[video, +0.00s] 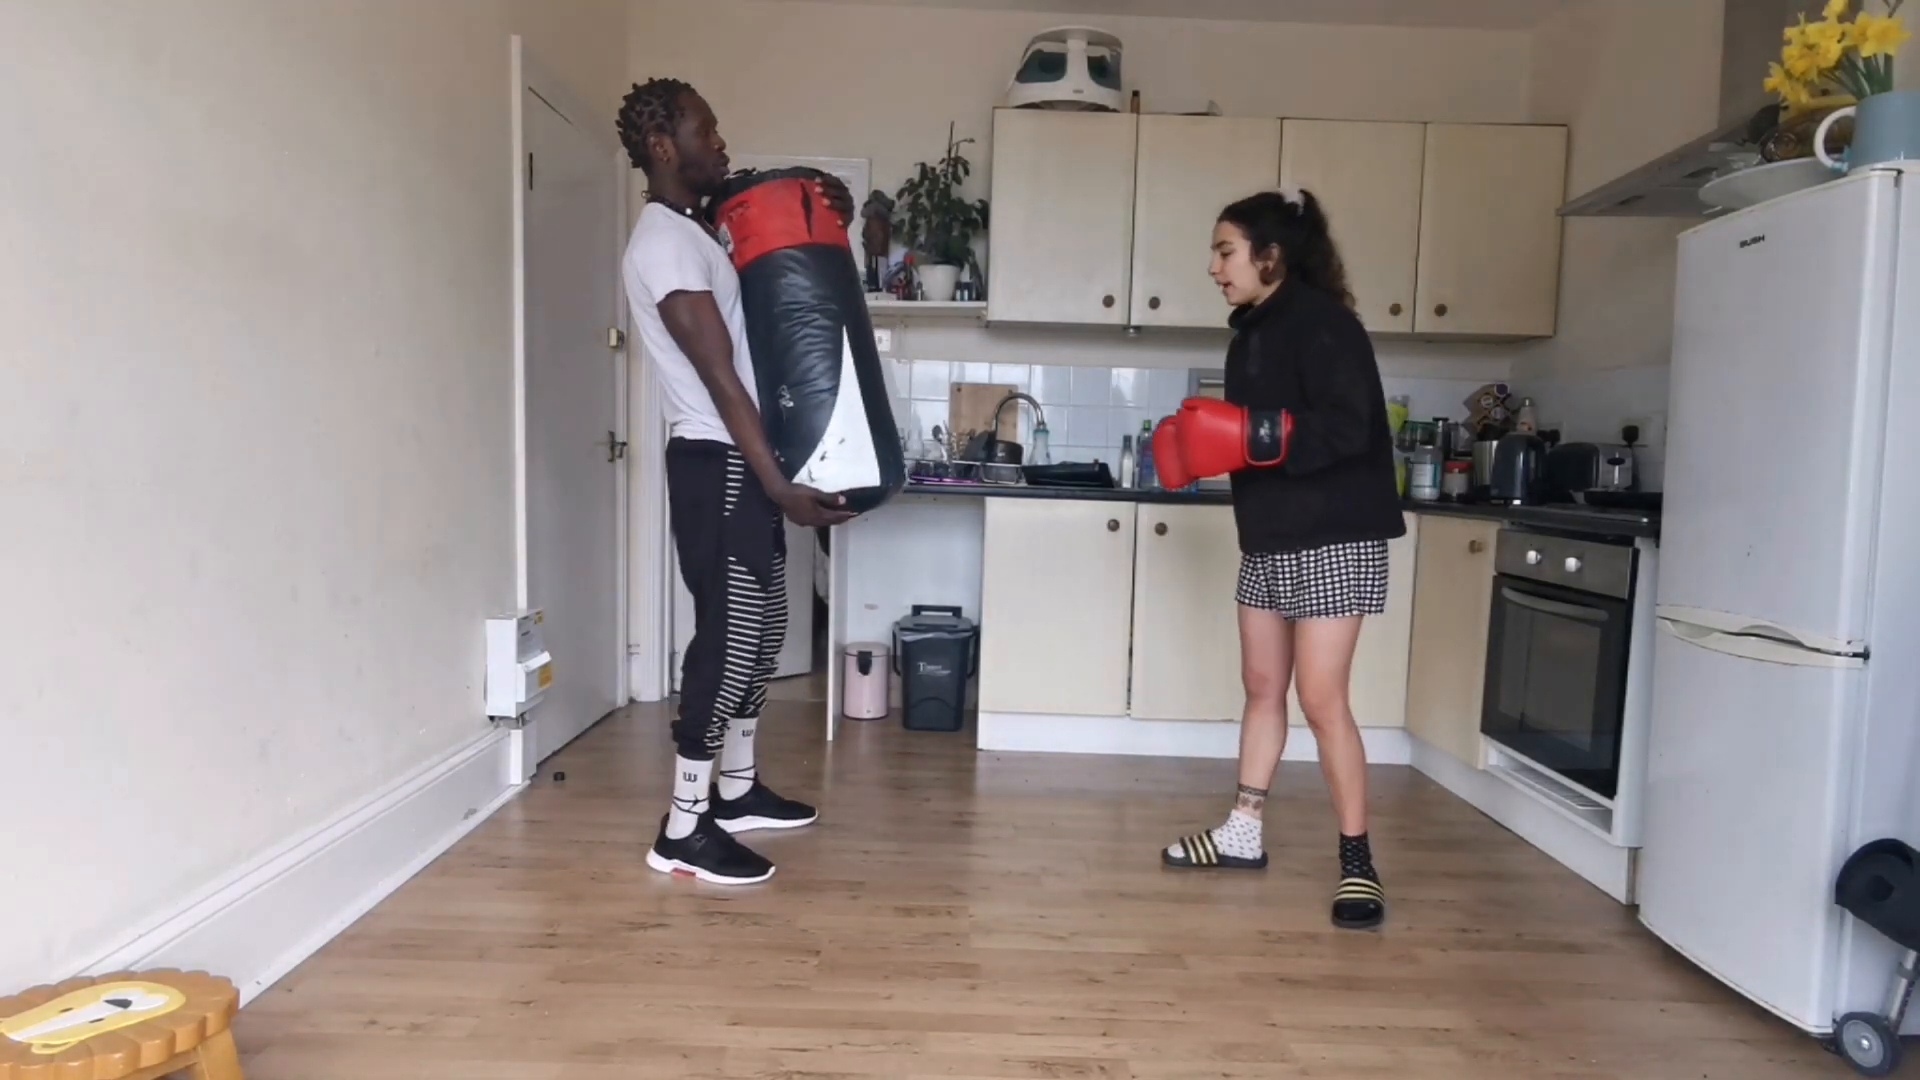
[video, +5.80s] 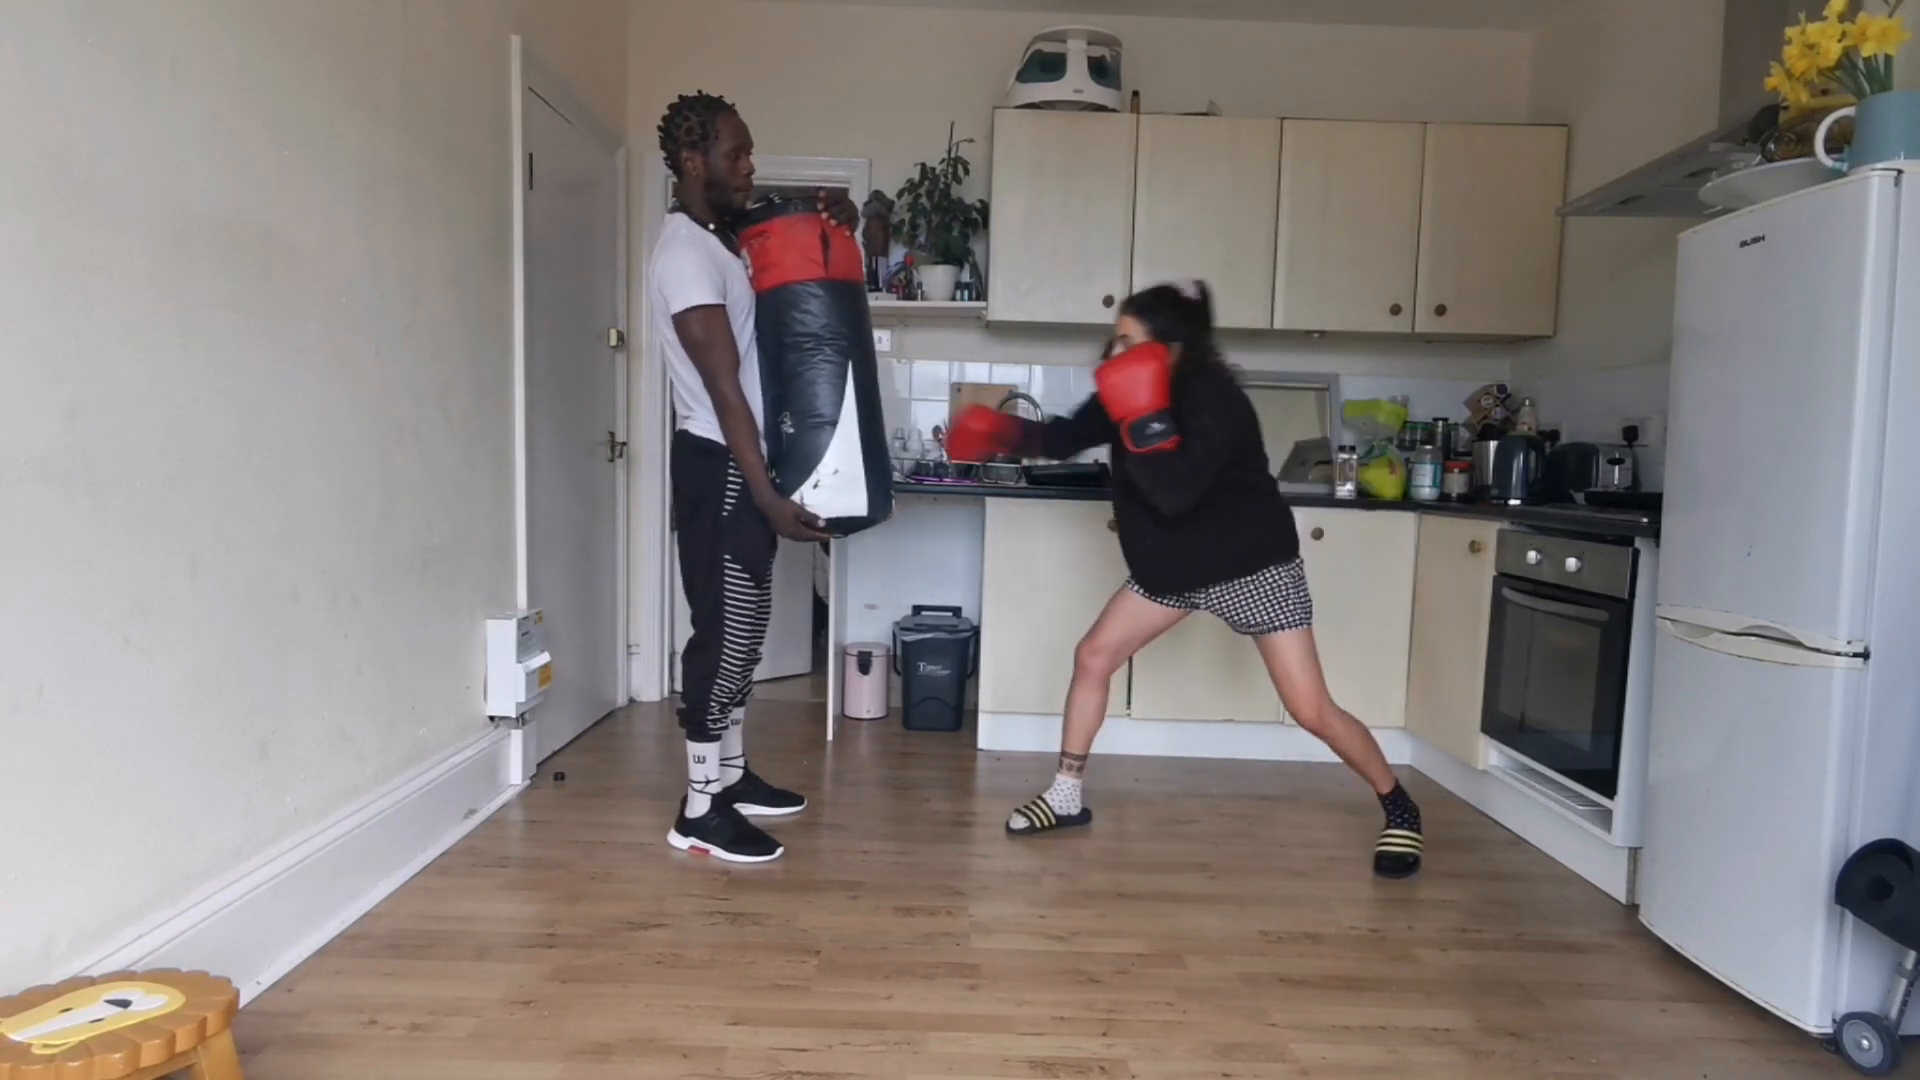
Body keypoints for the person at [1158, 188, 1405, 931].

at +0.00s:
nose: (1215, 267)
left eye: (1225, 253)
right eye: (1214, 253)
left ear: (1272, 255)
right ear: (1251, 257)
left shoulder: (1326, 322)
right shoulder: (1248, 337)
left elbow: (1354, 430)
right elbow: (1257, 436)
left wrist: (1256, 431)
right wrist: (1198, 448)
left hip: (1340, 532)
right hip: (1270, 533)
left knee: (1321, 698)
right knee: (1263, 686)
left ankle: (1356, 859)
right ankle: (1243, 830)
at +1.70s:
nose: (1181, 264)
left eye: (1192, 251)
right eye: (1181, 252)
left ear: (1234, 257)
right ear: (1213, 258)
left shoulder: (1278, 321)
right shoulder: (1202, 331)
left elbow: (1245, 416)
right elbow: (1180, 434)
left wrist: (1190, 353)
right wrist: (1143, 379)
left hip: (1283, 523)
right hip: (1210, 521)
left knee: (1282, 688)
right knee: (1198, 675)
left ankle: (1293, 835)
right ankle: (1178, 818)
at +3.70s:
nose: (1245, 259)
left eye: (1258, 245)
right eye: (1243, 246)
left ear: (1297, 254)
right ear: (1250, 260)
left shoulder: (1328, 317)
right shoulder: (1239, 316)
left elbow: (1253, 380)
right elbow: (1177, 389)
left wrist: (1247, 303)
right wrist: (1192, 302)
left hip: (1293, 517)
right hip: (1216, 513)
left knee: (1297, 686)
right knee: (1185, 677)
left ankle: (1308, 834)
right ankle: (1148, 809)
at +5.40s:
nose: (1215, 307)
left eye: (1225, 292)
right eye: (1212, 295)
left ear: (1270, 292)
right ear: (1238, 299)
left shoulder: (1319, 347)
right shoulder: (1247, 361)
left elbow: (1271, 435)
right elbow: (1209, 451)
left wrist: (1240, 358)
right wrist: (1170, 398)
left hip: (1325, 548)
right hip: (1248, 543)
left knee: (1343, 709)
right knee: (1156, 654)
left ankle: (1379, 841)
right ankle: (1127, 784)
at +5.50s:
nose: (1148, 307)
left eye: (1159, 292)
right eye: (1146, 295)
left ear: (1200, 288)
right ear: (1158, 299)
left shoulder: (1260, 345)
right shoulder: (1162, 361)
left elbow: (1237, 429)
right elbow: (1130, 434)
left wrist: (1195, 354)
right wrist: (1090, 403)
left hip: (1297, 526)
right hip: (1214, 535)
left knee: (1341, 687)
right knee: (1137, 663)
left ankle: (1380, 834)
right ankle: (1065, 780)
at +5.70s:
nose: (1094, 358)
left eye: (1105, 347)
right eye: (1093, 348)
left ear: (1148, 344)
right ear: (1118, 349)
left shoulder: (1199, 394)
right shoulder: (1117, 404)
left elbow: (1172, 483)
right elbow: (1035, 420)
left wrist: (1128, 415)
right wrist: (951, 405)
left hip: (1257, 557)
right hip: (1175, 563)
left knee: (1317, 706)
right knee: (1092, 659)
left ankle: (1395, 812)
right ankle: (1066, 795)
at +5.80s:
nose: (1112, 353)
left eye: (1126, 341)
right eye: (1114, 341)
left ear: (1170, 347)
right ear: (1137, 343)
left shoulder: (1216, 398)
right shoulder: (1131, 396)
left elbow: (1173, 493)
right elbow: (1065, 438)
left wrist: (1146, 421)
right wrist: (1003, 433)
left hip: (1255, 558)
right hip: (1176, 561)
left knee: (1311, 709)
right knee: (1094, 656)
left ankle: (1397, 805)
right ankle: (1065, 794)